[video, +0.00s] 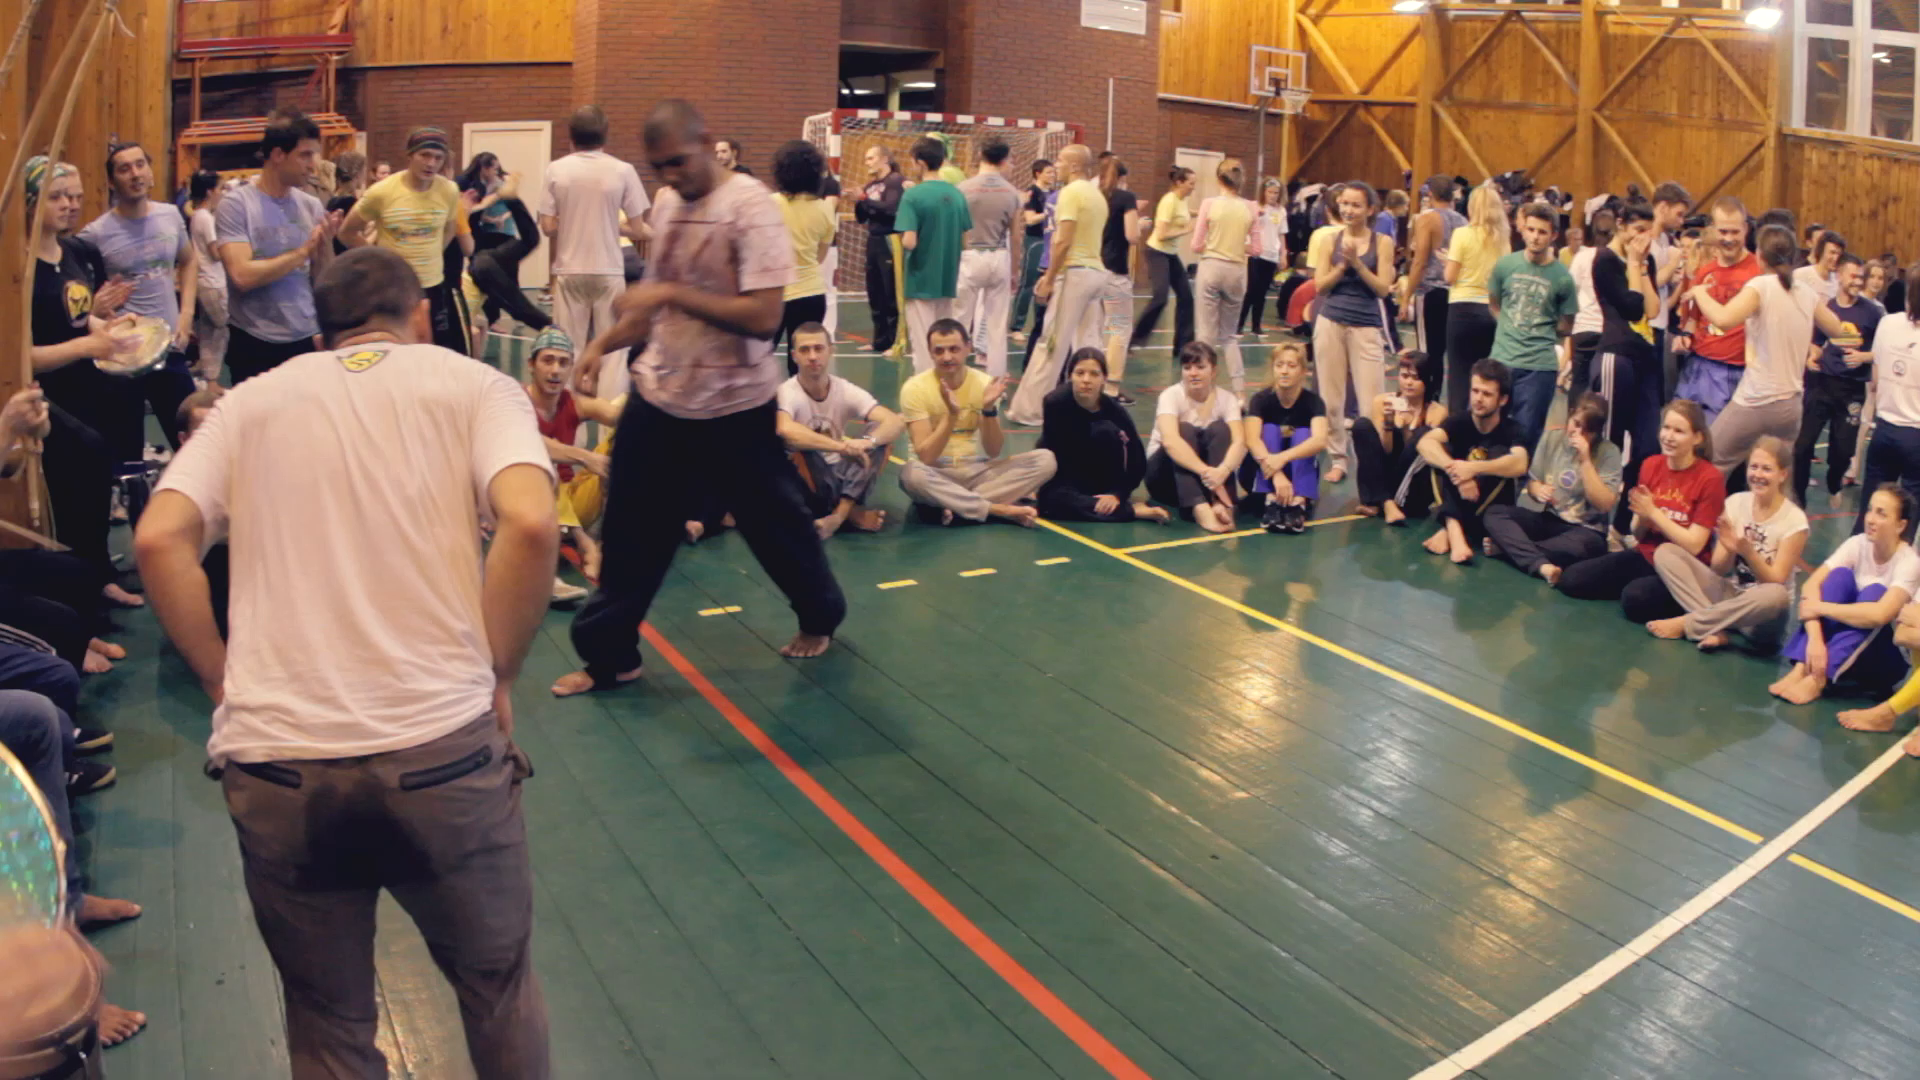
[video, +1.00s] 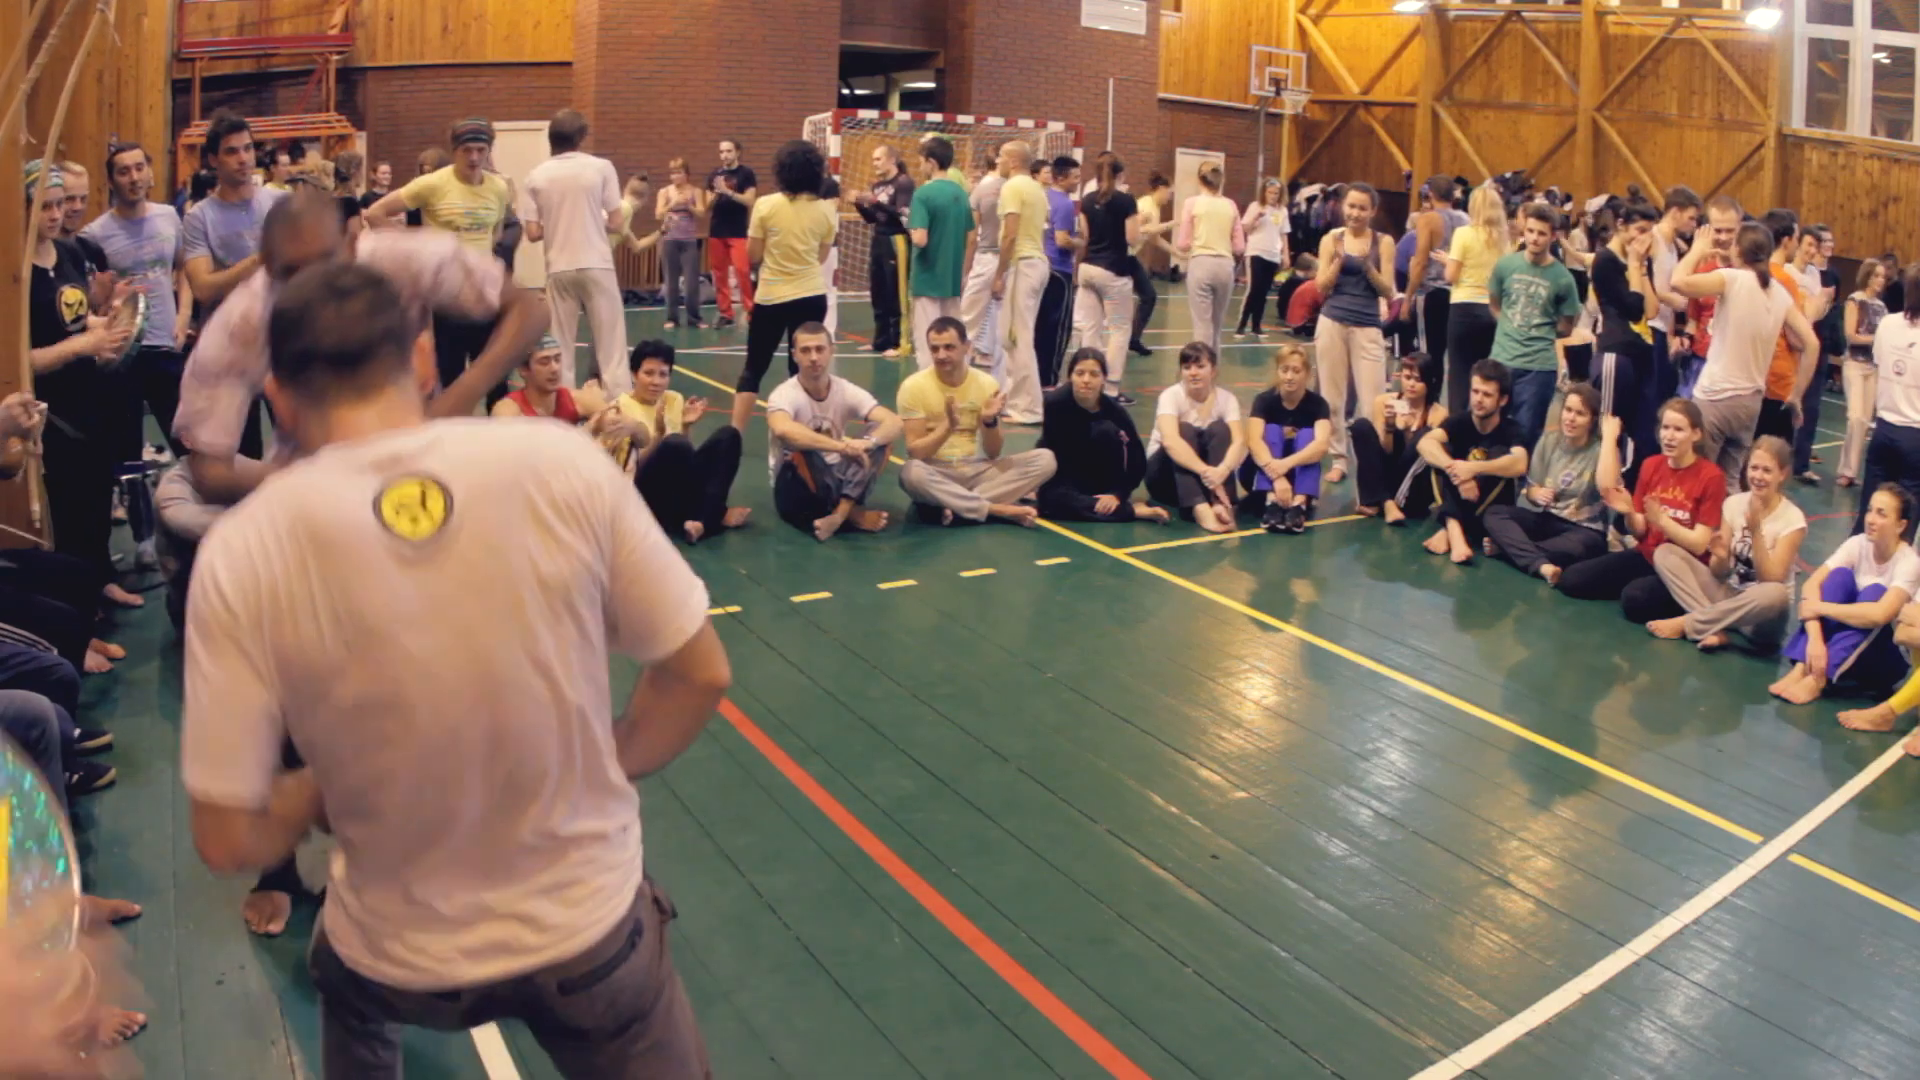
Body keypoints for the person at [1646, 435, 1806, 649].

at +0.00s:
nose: (1757, 474)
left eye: (1767, 469)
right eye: (1753, 467)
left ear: (1783, 475)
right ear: (1746, 469)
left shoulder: (1795, 520)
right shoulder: (1735, 503)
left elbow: (1776, 579)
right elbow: (1718, 568)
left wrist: (1747, 553)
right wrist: (1729, 549)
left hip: (1761, 603)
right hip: (1727, 593)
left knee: (1775, 595)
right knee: (1666, 553)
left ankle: (1686, 624)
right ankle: (1712, 629)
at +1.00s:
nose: (1758, 476)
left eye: (1767, 470)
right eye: (1754, 468)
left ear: (1783, 474)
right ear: (1746, 469)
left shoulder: (1792, 519)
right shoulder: (1733, 504)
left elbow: (1772, 577)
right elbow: (1718, 571)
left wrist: (1756, 531)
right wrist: (1721, 556)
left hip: (1759, 603)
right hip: (1725, 593)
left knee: (1774, 593)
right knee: (1665, 553)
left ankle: (1686, 624)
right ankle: (1712, 629)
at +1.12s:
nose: (1757, 475)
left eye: (1766, 470)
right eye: (1753, 468)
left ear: (1783, 474)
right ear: (1746, 469)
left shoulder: (1793, 518)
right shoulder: (1734, 504)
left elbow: (1769, 574)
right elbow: (1719, 571)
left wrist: (1760, 521)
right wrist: (1721, 556)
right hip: (1725, 595)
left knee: (1774, 594)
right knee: (1665, 552)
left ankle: (1686, 624)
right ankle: (1711, 629)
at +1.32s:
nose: (1755, 475)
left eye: (1763, 469)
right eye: (1751, 467)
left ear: (1781, 473)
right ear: (1744, 469)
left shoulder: (1793, 517)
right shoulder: (1734, 505)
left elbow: (1767, 574)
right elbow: (1720, 572)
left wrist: (1759, 519)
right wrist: (1723, 558)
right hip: (1726, 595)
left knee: (1773, 594)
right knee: (1665, 552)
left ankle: (1686, 624)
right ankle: (1711, 629)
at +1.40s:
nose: (1754, 474)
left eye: (1763, 468)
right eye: (1750, 467)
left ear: (1781, 473)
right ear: (1744, 469)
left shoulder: (1793, 517)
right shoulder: (1735, 505)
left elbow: (1767, 574)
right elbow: (1720, 571)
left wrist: (1759, 518)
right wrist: (1723, 560)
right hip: (1726, 594)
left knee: (1773, 594)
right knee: (1665, 552)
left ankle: (1687, 624)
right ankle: (1711, 629)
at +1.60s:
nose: (1754, 473)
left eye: (1763, 468)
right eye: (1751, 465)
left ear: (1781, 472)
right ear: (1744, 467)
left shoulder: (1792, 516)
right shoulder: (1734, 504)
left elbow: (1767, 573)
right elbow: (1719, 570)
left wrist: (1758, 517)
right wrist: (1723, 557)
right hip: (1726, 596)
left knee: (1773, 594)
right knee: (1665, 552)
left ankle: (1686, 624)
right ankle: (1711, 629)